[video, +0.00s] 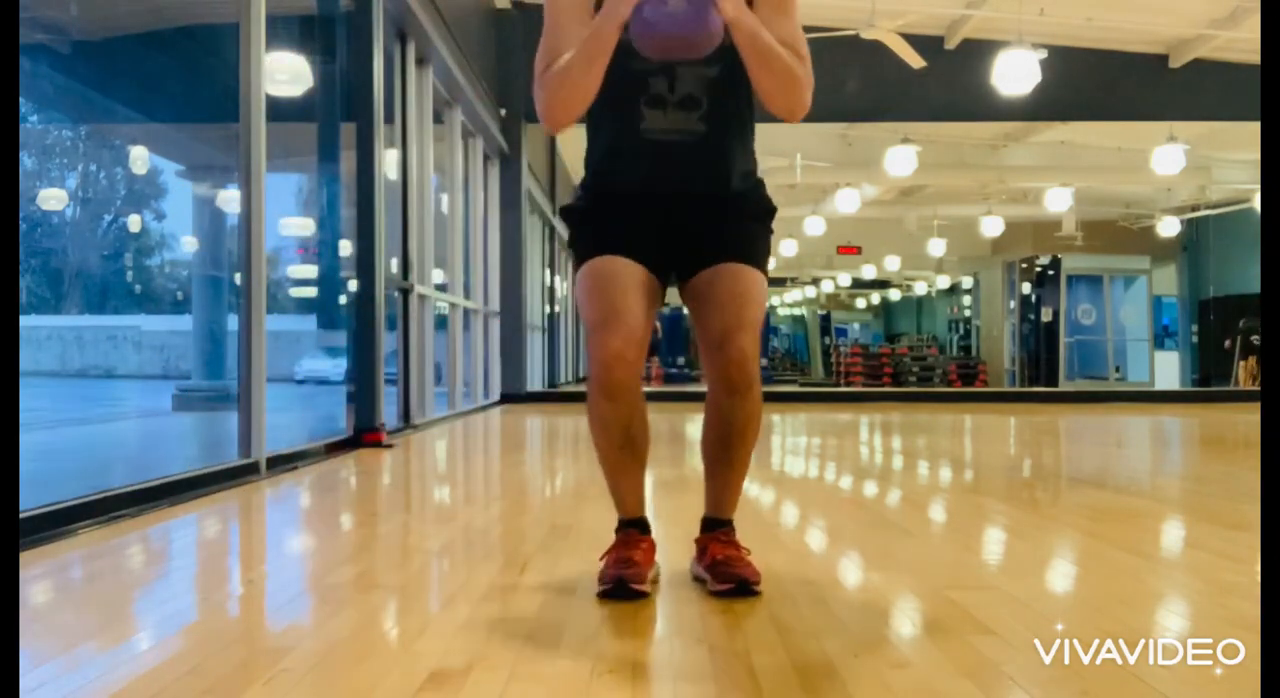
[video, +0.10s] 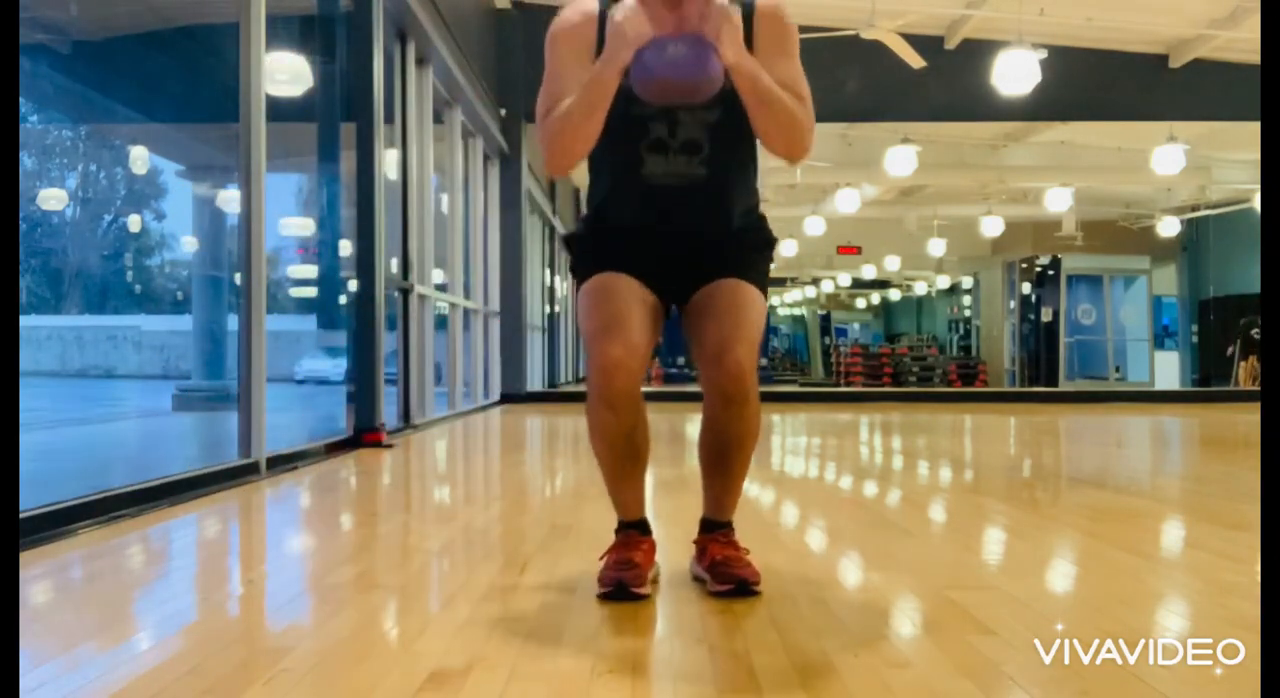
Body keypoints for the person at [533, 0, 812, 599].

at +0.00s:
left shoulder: (760, 0)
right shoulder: (579, 3)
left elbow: (792, 99)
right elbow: (555, 109)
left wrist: (733, 11)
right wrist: (614, 13)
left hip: (724, 205)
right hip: (618, 205)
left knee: (736, 361)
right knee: (613, 358)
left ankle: (719, 536)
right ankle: (631, 535)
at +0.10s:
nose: (680, 3)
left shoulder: (761, 16)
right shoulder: (582, 22)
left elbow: (795, 141)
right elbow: (557, 156)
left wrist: (736, 57)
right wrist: (614, 57)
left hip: (724, 234)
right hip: (621, 235)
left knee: (733, 373)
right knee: (612, 372)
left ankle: (718, 537)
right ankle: (631, 537)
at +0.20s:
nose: (674, 4)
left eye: (687, 1)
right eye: (660, 2)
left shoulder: (762, 61)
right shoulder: (581, 67)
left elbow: (794, 190)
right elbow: (555, 203)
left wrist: (734, 106)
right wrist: (614, 107)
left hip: (723, 263)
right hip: (623, 263)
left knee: (731, 384)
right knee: (616, 383)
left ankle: (718, 538)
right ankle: (631, 539)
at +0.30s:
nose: (670, 2)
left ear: (715, 7)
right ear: (630, 7)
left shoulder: (762, 104)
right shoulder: (584, 108)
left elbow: (792, 236)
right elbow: (556, 247)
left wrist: (732, 154)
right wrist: (612, 157)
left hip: (723, 295)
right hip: (622, 294)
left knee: (731, 392)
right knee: (615, 391)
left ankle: (718, 539)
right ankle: (630, 539)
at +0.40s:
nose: (673, 38)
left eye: (692, 21)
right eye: (657, 20)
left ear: (718, 41)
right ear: (631, 36)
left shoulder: (761, 141)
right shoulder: (585, 145)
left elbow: (793, 275)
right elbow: (557, 285)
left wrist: (737, 203)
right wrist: (611, 201)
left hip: (721, 323)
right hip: (623, 323)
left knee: (732, 397)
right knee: (614, 391)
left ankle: (718, 539)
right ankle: (630, 540)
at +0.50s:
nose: (676, 68)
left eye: (695, 52)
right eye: (659, 50)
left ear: (719, 70)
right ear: (635, 66)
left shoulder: (764, 173)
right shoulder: (586, 176)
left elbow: (796, 307)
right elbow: (553, 314)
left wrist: (737, 235)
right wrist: (609, 236)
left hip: (723, 355)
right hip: (626, 354)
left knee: (736, 400)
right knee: (610, 394)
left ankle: (718, 540)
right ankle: (630, 540)